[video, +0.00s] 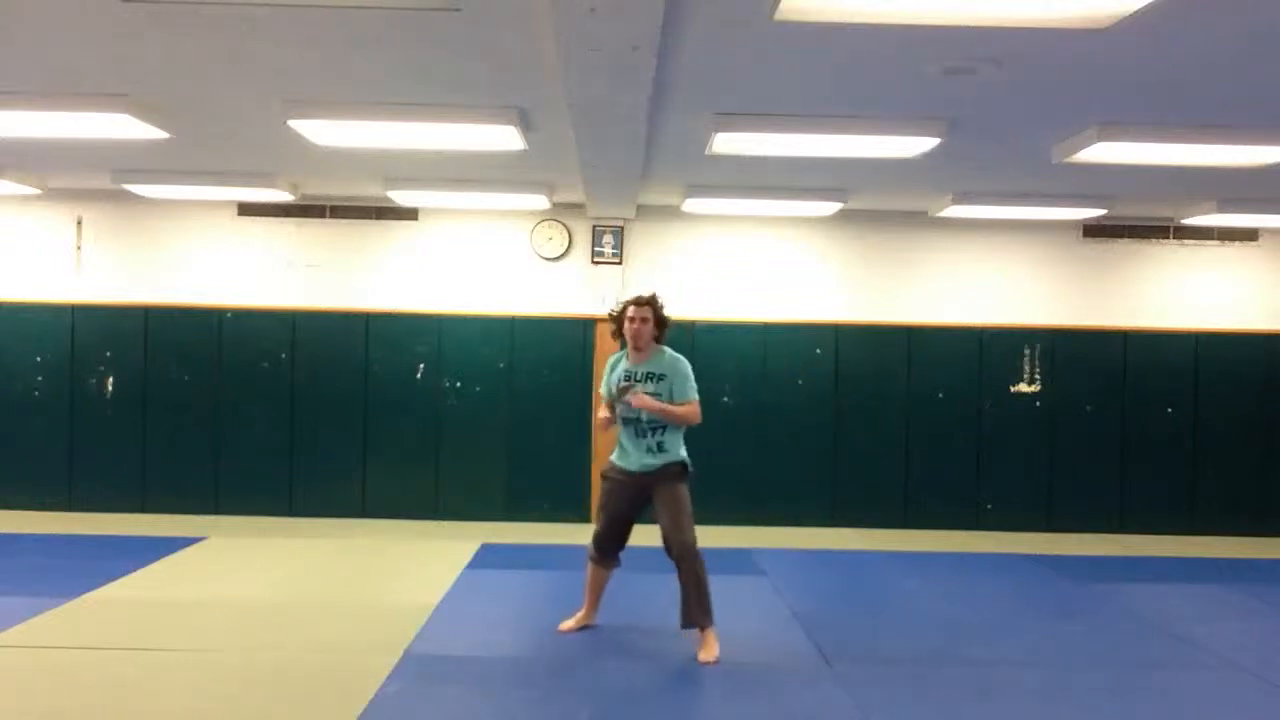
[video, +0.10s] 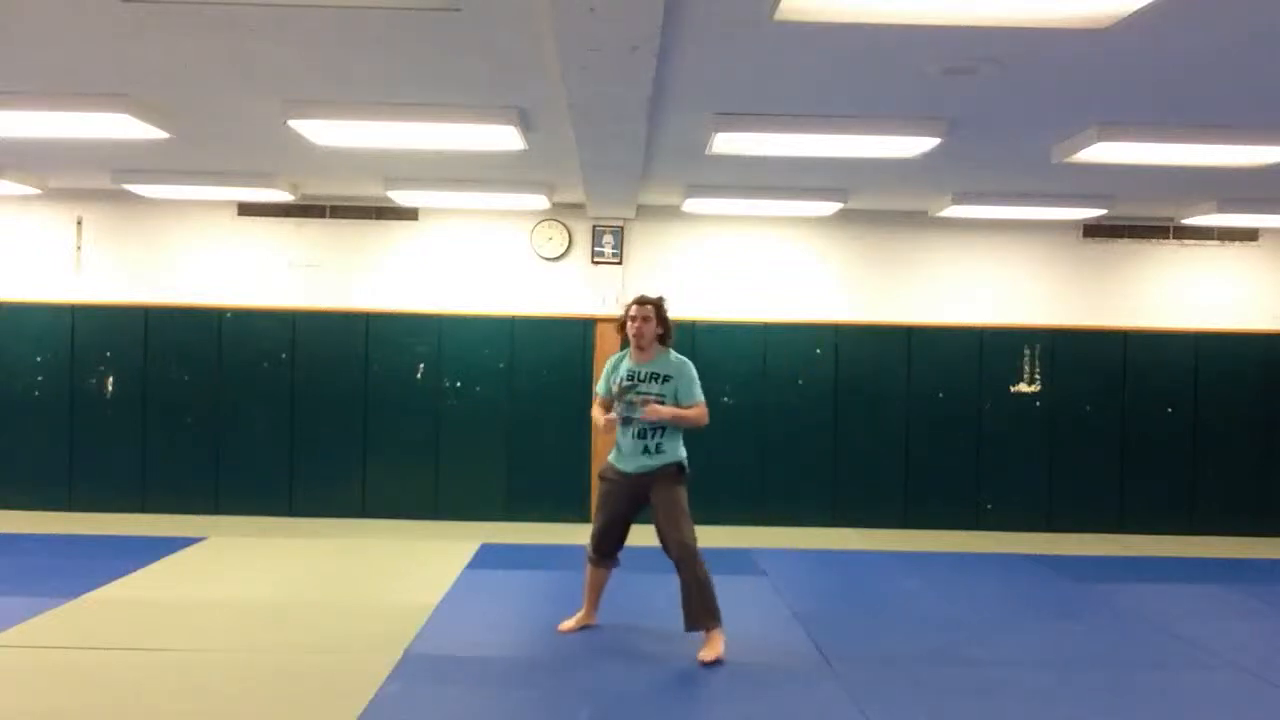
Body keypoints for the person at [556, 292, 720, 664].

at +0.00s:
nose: (635, 327)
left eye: (643, 321)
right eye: (630, 320)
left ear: (656, 327)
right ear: (623, 325)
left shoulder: (676, 364)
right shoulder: (614, 364)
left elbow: (693, 415)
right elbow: (604, 410)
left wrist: (653, 405)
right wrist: (607, 413)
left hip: (668, 466)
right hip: (624, 465)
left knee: (682, 546)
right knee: (604, 542)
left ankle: (706, 633)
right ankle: (588, 612)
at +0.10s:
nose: (637, 325)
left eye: (645, 320)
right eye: (632, 319)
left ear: (659, 326)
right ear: (626, 324)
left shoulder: (679, 366)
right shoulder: (615, 363)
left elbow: (700, 415)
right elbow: (599, 405)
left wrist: (665, 413)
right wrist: (601, 417)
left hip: (665, 468)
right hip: (621, 466)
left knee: (681, 546)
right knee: (602, 541)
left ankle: (713, 632)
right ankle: (587, 612)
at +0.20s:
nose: (645, 328)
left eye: (654, 322)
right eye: (641, 322)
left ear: (669, 329)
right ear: (634, 327)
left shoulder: (689, 371)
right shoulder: (621, 365)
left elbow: (715, 420)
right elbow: (595, 408)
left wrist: (682, 416)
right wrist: (612, 420)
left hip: (667, 475)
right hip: (623, 472)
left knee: (681, 555)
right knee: (602, 546)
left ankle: (715, 641)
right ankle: (588, 612)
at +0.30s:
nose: (653, 330)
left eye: (662, 325)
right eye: (650, 324)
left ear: (681, 332)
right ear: (646, 331)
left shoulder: (703, 376)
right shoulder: (633, 366)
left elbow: (730, 424)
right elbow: (600, 409)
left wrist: (701, 423)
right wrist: (630, 425)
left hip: (678, 479)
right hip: (631, 476)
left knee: (688, 558)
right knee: (604, 549)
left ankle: (713, 643)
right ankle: (588, 612)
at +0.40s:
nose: (656, 331)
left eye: (664, 325)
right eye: (655, 324)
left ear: (686, 331)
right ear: (654, 330)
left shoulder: (710, 372)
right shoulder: (641, 362)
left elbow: (738, 418)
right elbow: (611, 410)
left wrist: (717, 436)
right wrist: (649, 434)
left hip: (684, 476)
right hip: (638, 472)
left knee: (693, 558)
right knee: (607, 544)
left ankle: (713, 643)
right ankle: (590, 609)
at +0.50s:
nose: (651, 330)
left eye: (659, 325)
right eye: (650, 324)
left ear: (681, 331)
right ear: (651, 329)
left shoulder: (711, 370)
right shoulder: (642, 361)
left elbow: (738, 414)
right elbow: (623, 409)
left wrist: (729, 447)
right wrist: (662, 442)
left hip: (688, 475)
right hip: (641, 471)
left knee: (696, 557)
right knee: (608, 542)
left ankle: (713, 643)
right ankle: (609, 597)